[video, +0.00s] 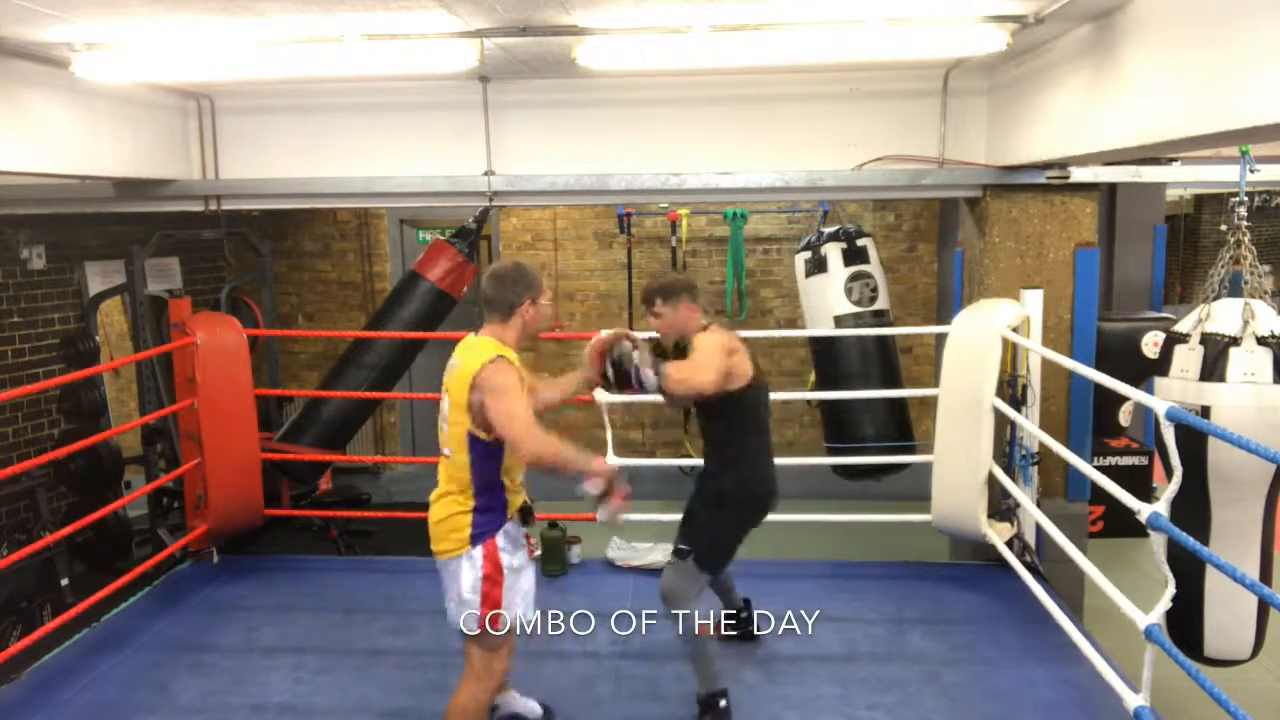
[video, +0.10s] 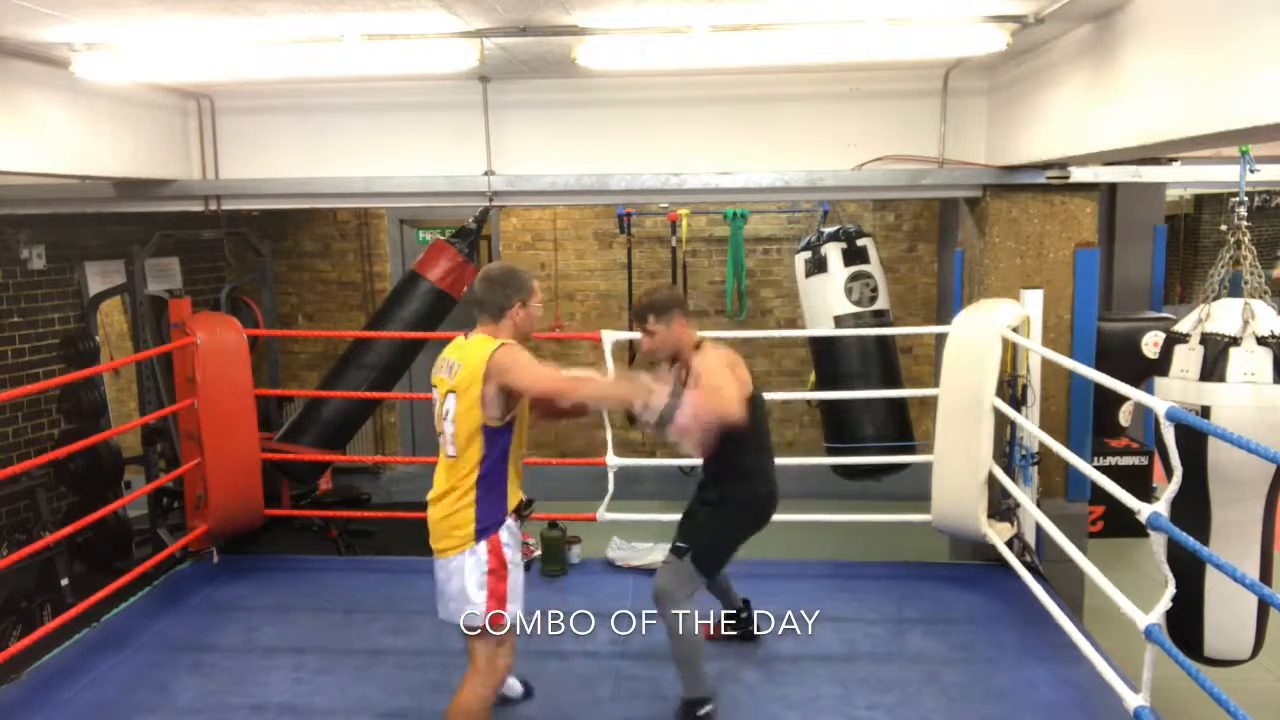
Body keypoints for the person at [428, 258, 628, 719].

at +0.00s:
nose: (550, 311)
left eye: (548, 301)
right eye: (545, 302)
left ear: (502, 306)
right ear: (524, 309)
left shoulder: (477, 351)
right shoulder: (495, 368)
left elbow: (533, 395)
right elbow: (530, 445)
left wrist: (587, 375)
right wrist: (596, 465)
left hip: (483, 520)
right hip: (476, 530)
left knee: (499, 620)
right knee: (486, 668)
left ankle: (494, 695)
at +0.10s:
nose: (541, 315)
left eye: (540, 305)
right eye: (537, 305)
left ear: (488, 308)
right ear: (514, 309)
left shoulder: (455, 353)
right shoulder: (503, 356)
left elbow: (530, 408)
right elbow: (565, 388)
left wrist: (593, 403)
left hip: (454, 518)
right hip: (480, 527)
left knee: (483, 603)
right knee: (491, 664)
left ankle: (491, 683)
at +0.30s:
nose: (536, 320)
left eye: (536, 311)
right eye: (531, 312)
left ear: (489, 316)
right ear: (505, 318)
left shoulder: (454, 352)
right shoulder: (496, 355)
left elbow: (518, 378)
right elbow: (568, 357)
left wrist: (545, 345)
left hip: (452, 507)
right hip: (472, 516)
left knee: (472, 603)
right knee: (472, 649)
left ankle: (468, 669)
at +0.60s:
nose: (530, 316)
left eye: (532, 308)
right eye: (523, 307)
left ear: (500, 307)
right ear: (491, 305)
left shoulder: (505, 345)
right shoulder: (445, 350)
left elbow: (530, 387)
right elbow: (435, 428)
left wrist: (573, 372)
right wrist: (489, 422)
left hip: (488, 478)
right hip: (456, 484)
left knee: (479, 581)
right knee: (489, 599)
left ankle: (460, 662)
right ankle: (482, 713)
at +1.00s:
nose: (536, 312)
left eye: (537, 302)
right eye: (526, 304)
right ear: (492, 307)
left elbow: (588, 370)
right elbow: (415, 421)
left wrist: (635, 366)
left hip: (506, 485)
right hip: (464, 488)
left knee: (477, 583)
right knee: (483, 602)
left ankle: (458, 660)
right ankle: (463, 713)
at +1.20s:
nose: (584, 303)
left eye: (584, 294)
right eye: (574, 295)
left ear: (559, 303)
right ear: (541, 300)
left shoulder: (563, 347)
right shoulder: (505, 338)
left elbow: (584, 391)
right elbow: (465, 371)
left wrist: (605, 398)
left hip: (538, 482)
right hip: (499, 489)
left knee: (550, 570)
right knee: (488, 611)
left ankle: (500, 643)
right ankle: (463, 712)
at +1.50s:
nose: (657, 309)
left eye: (658, 301)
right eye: (648, 302)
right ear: (615, 306)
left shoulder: (639, 345)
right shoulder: (598, 343)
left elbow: (669, 381)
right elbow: (677, 382)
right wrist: (737, 390)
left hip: (629, 488)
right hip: (586, 491)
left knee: (651, 568)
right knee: (568, 603)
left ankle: (646, 660)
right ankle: (493, 699)